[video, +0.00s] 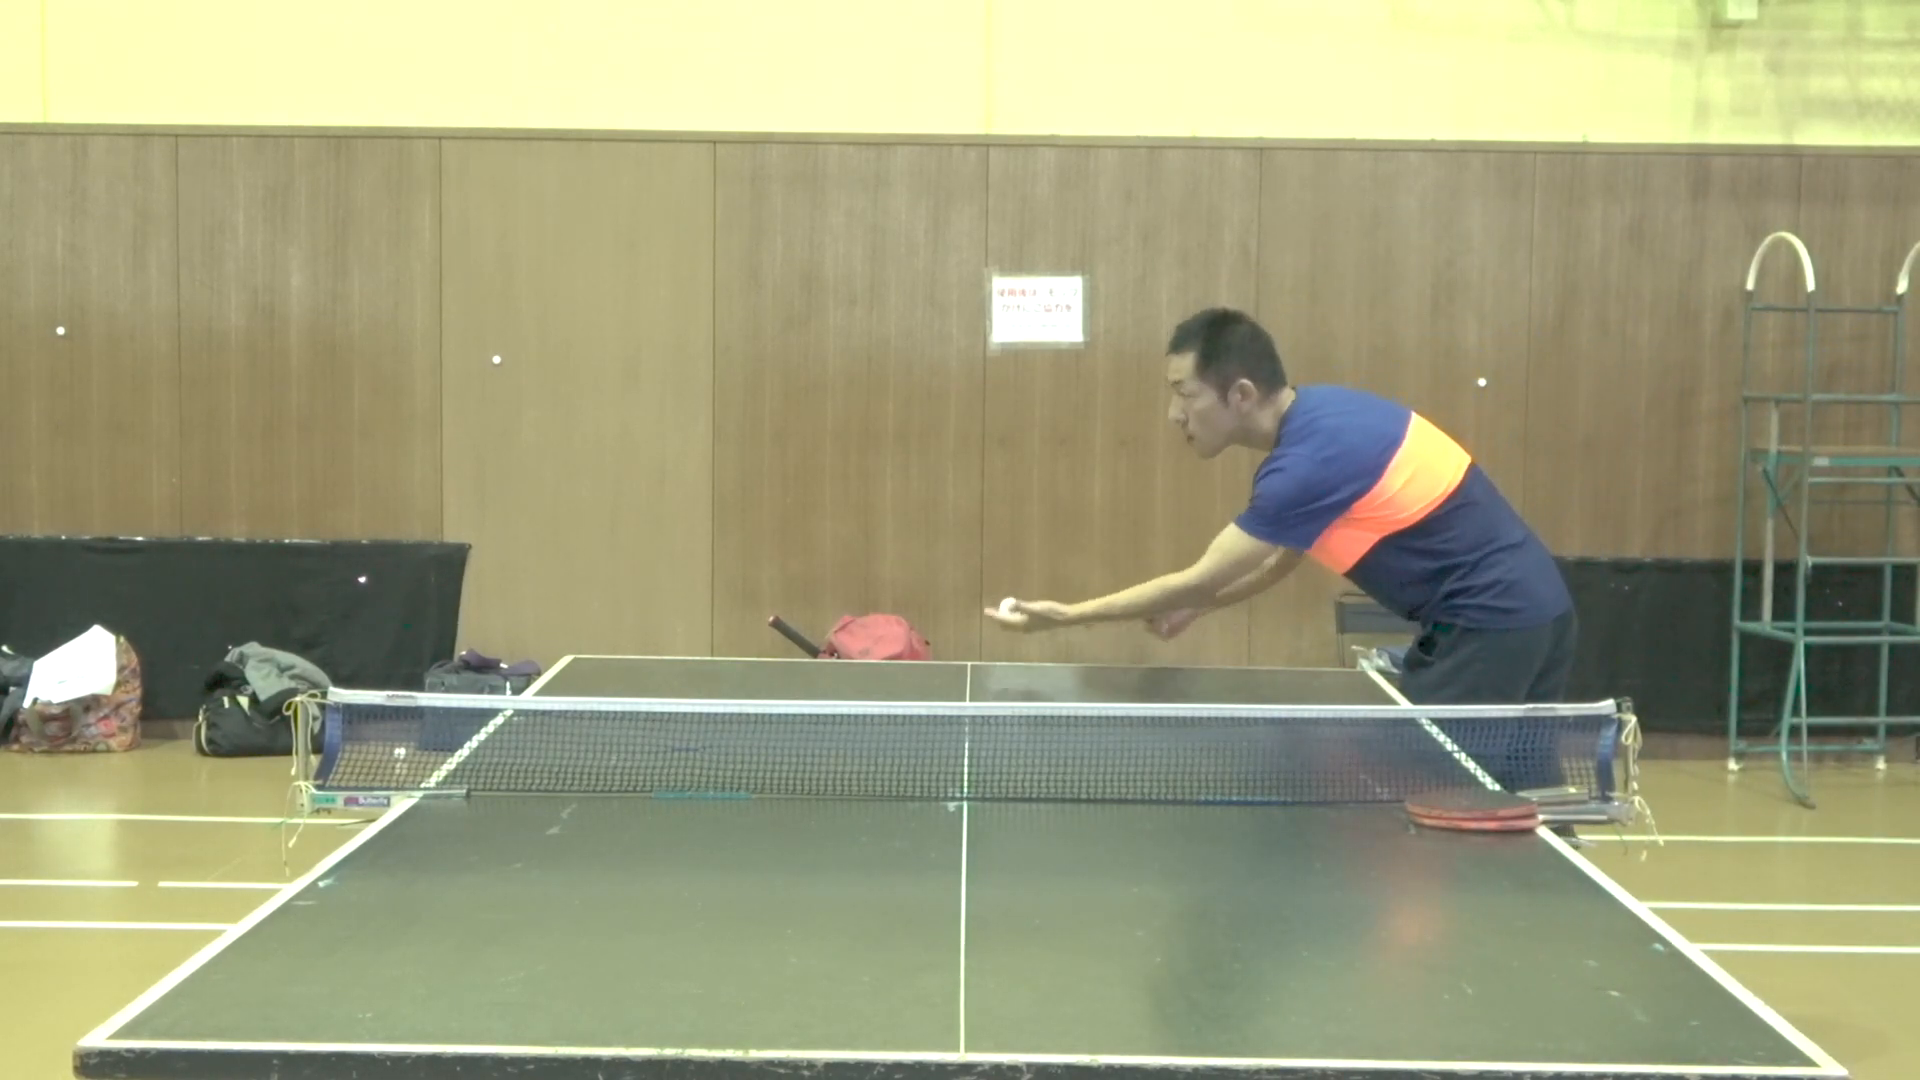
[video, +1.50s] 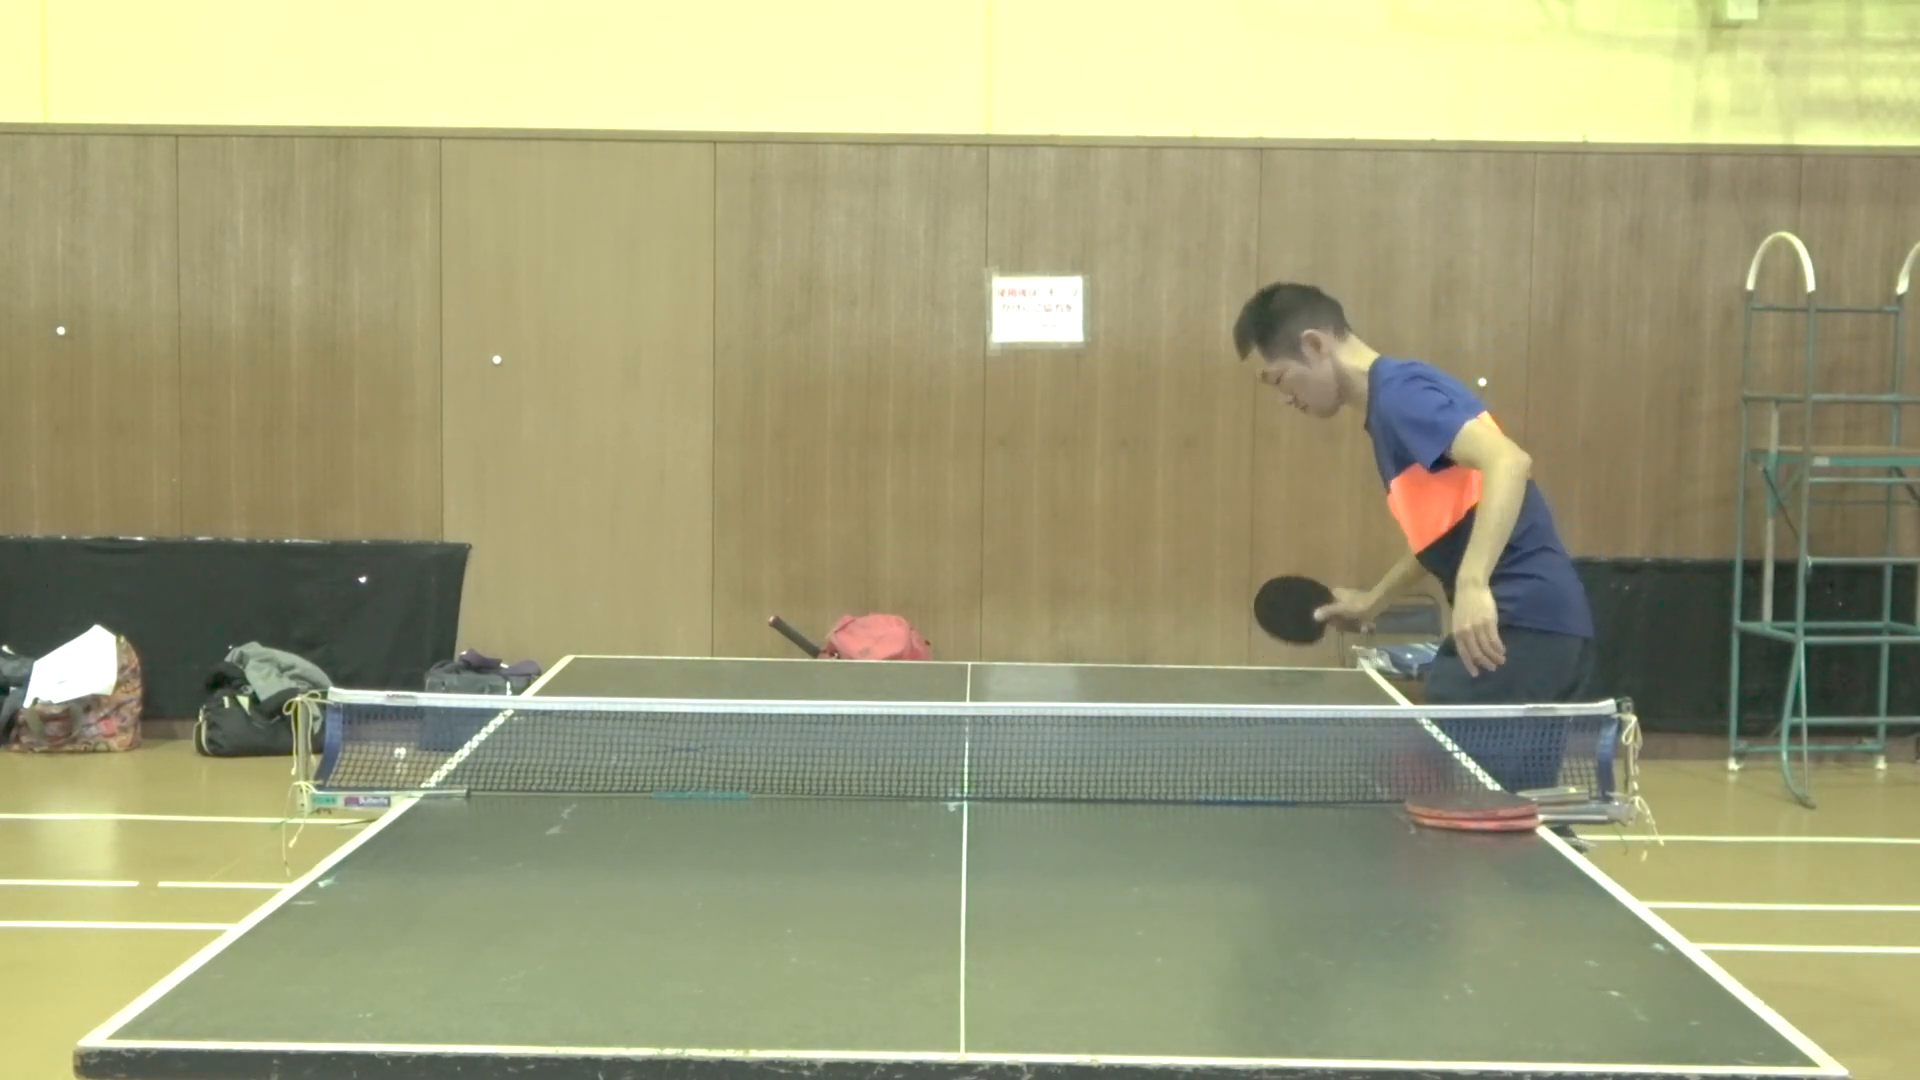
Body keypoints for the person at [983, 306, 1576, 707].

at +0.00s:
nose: (1174, 413)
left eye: (1185, 394)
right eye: (1173, 395)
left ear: (1242, 393)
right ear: (1247, 391)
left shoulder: (1313, 456)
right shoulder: (1327, 414)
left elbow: (1203, 579)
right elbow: (1276, 560)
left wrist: (1070, 614)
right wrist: (1199, 604)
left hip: (1499, 625)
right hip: (1517, 609)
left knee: (1392, 780)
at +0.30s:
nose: (1237, 326)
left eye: (1255, 310)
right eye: (1243, 309)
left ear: (1309, 328)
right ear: (1313, 329)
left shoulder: (1334, 404)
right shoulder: (1362, 390)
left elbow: (1190, 468)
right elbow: (1247, 486)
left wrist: (1043, 495)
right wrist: (1155, 504)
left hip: (1497, 633)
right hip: (1525, 624)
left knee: (1351, 786)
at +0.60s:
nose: (1358, 268)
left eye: (1381, 253)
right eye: (1368, 252)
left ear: (1429, 280)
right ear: (1436, 288)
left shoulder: (1432, 338)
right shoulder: (1475, 360)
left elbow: (1275, 314)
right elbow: (1332, 411)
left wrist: (1166, 251)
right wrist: (1256, 329)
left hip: (1514, 634)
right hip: (1567, 636)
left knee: (1411, 812)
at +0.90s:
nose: (1384, 272)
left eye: (1405, 261)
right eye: (1395, 258)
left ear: (1449, 285)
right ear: (1453, 289)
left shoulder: (1452, 349)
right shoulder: (1524, 369)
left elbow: (1397, 389)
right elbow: (1580, 442)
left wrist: (1264, 425)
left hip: (1530, 626)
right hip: (1588, 628)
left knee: (1429, 798)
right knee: (1540, 809)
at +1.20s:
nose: (1317, 346)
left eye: (1331, 324)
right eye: (1310, 331)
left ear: (1385, 323)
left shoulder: (1418, 385)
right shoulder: (1449, 380)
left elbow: (1484, 454)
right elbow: (1449, 518)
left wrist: (1441, 547)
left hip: (1531, 629)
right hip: (1574, 631)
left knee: (1432, 795)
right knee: (1531, 812)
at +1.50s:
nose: (1287, 399)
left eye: (1280, 379)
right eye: (1275, 386)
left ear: (1315, 345)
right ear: (1320, 345)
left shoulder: (1400, 393)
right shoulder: (1390, 403)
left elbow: (1508, 462)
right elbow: (1450, 525)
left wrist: (1472, 584)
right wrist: (1375, 598)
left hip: (1520, 624)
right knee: (1512, 809)